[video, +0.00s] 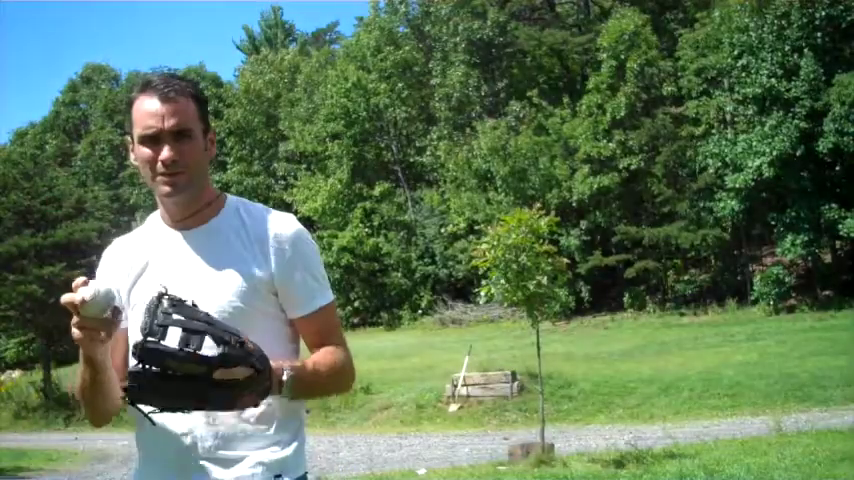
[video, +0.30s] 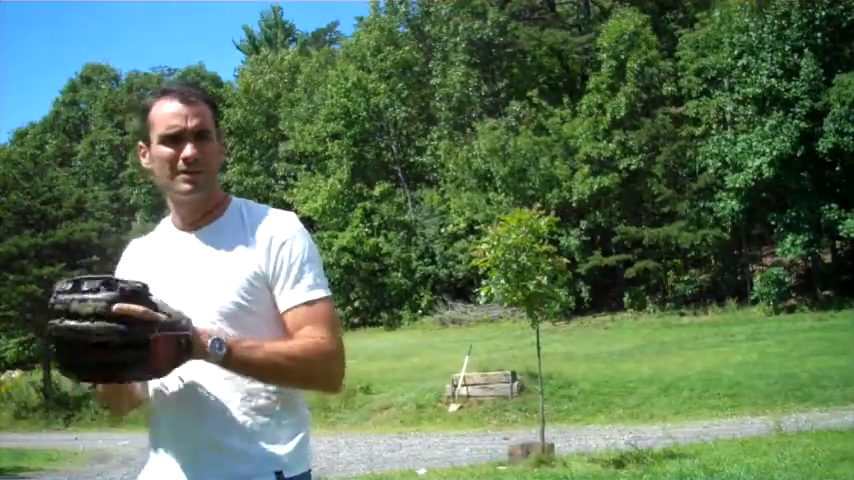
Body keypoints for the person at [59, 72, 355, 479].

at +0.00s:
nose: (167, 155)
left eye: (182, 136)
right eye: (151, 140)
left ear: (209, 143)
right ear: (133, 152)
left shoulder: (278, 236)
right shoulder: (120, 258)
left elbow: (339, 368)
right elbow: (101, 412)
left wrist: (274, 376)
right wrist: (93, 350)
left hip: (265, 469)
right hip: (162, 471)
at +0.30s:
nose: (190, 153)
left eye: (202, 137)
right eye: (173, 140)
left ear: (222, 148)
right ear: (146, 156)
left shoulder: (276, 232)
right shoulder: (137, 259)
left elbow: (327, 365)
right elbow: (124, 401)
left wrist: (203, 343)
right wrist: (105, 355)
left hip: (268, 466)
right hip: (171, 467)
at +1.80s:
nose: (364, 83)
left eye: (366, 69)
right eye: (341, 67)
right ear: (287, 87)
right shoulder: (294, 153)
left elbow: (338, 338)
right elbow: (393, 304)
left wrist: (412, 426)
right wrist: (467, 386)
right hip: (297, 458)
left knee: (480, 469)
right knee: (478, 472)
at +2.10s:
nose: (328, 89)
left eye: (333, 75)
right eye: (306, 73)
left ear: (340, 86)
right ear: (253, 94)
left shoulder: (362, 228)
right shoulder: (212, 190)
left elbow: (363, 382)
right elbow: (236, 329)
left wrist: (440, 444)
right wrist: (403, 376)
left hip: (364, 472)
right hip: (252, 469)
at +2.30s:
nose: (303, 91)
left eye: (309, 77)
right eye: (279, 75)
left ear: (318, 88)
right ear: (228, 94)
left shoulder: (351, 226)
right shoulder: (171, 203)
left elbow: (370, 361)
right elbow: (77, 334)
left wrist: (432, 391)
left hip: (328, 467)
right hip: (198, 469)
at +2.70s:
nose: (245, 105)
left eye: (252, 90)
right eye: (223, 89)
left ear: (262, 100)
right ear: (173, 107)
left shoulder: (319, 214)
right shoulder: (127, 217)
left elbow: (410, 349)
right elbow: (37, 346)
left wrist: (306, 306)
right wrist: (156, 298)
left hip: (284, 468)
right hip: (157, 468)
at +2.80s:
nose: (236, 108)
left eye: (244, 93)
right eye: (214, 91)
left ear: (255, 103)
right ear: (165, 111)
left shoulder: (314, 217)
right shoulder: (121, 219)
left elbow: (394, 360)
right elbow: (32, 348)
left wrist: (294, 305)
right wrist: (144, 299)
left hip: (280, 466)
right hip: (153, 467)